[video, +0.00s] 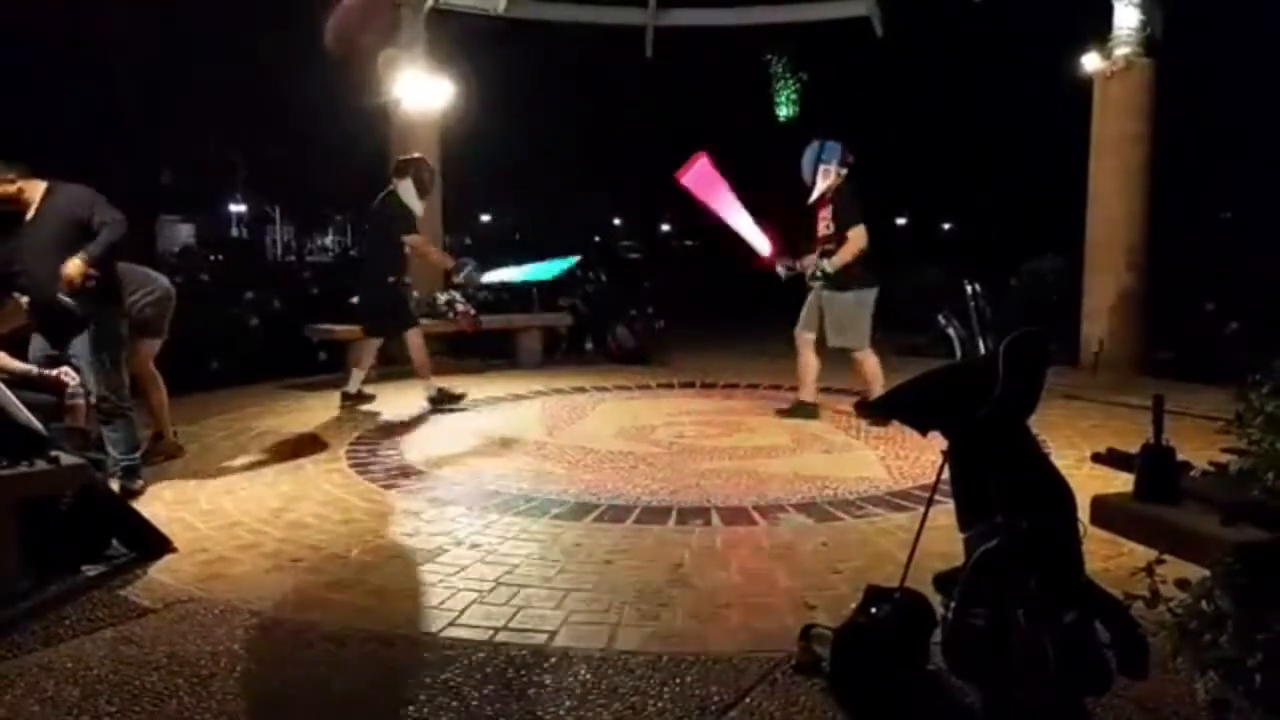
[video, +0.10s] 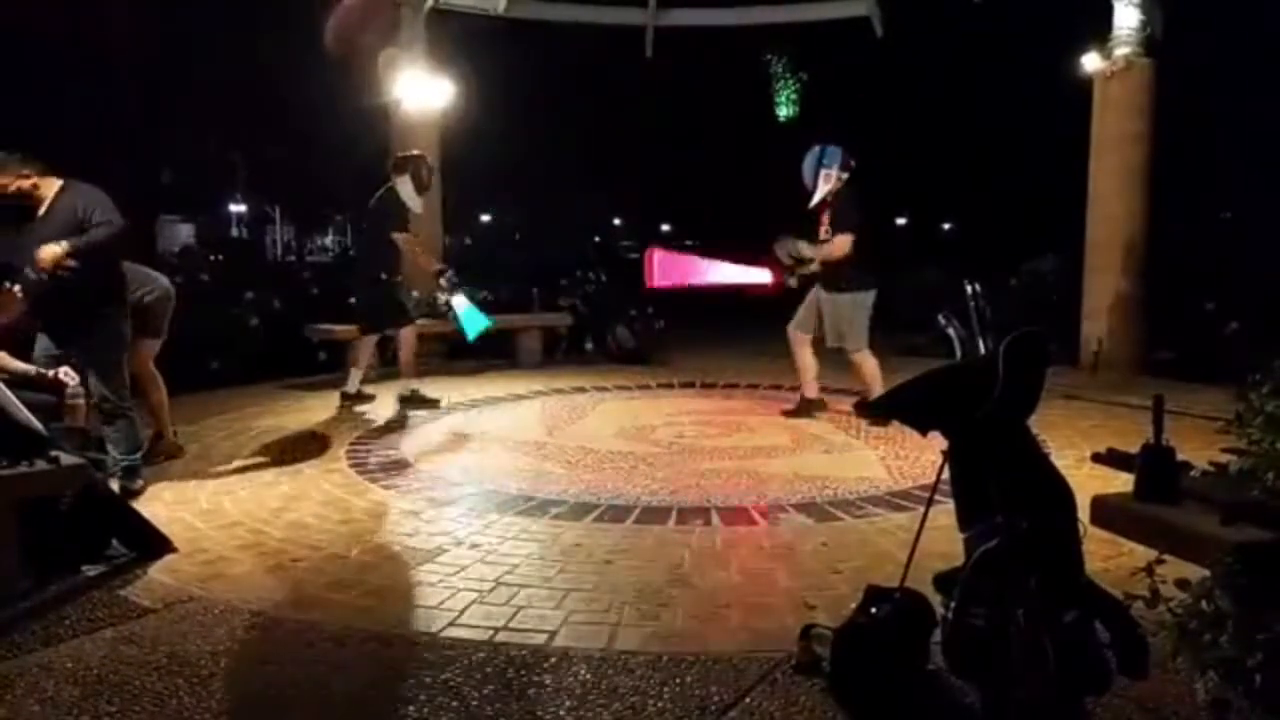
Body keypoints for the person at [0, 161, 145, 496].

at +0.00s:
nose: (5, 200)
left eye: (4, 193)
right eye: (2, 195)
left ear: (16, 182)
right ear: (8, 189)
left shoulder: (72, 198)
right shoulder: (15, 223)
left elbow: (116, 225)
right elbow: (15, 272)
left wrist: (84, 259)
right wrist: (17, 296)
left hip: (91, 314)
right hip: (47, 321)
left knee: (106, 396)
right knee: (42, 399)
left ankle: (126, 471)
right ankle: (60, 472)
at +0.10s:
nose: (9, 196)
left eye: (9, 189)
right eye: (6, 191)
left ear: (26, 178)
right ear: (24, 181)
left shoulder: (83, 196)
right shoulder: (29, 216)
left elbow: (115, 229)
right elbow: (27, 266)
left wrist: (66, 247)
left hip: (99, 314)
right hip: (55, 317)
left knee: (109, 397)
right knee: (43, 394)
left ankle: (127, 470)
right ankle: (58, 469)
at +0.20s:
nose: (17, 195)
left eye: (17, 186)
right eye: (13, 189)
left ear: (35, 174)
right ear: (31, 179)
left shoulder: (90, 197)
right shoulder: (43, 213)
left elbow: (108, 233)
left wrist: (52, 244)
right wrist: (26, 272)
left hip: (104, 314)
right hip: (61, 317)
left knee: (113, 397)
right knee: (54, 393)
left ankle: (127, 471)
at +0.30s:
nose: (29, 195)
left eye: (29, 186)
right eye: (24, 189)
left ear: (48, 174)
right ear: (44, 179)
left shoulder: (96, 201)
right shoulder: (60, 210)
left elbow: (85, 242)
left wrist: (32, 247)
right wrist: (24, 262)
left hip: (109, 311)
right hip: (73, 311)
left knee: (115, 395)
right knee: (62, 388)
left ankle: (127, 470)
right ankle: (75, 466)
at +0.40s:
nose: (29, 195)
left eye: (29, 185)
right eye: (24, 189)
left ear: (48, 174)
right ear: (44, 179)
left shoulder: (96, 201)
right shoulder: (60, 210)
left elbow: (85, 242)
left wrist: (32, 247)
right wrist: (24, 262)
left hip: (109, 311)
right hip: (73, 311)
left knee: (115, 395)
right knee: (62, 388)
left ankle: (127, 470)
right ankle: (75, 466)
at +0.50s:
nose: (32, 194)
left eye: (33, 185)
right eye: (29, 188)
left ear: (52, 175)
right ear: (51, 177)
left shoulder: (93, 206)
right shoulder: (72, 206)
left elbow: (65, 254)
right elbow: (60, 253)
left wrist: (26, 264)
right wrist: (31, 264)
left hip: (112, 317)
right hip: (92, 313)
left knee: (119, 399)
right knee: (100, 395)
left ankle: (128, 471)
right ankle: (109, 463)